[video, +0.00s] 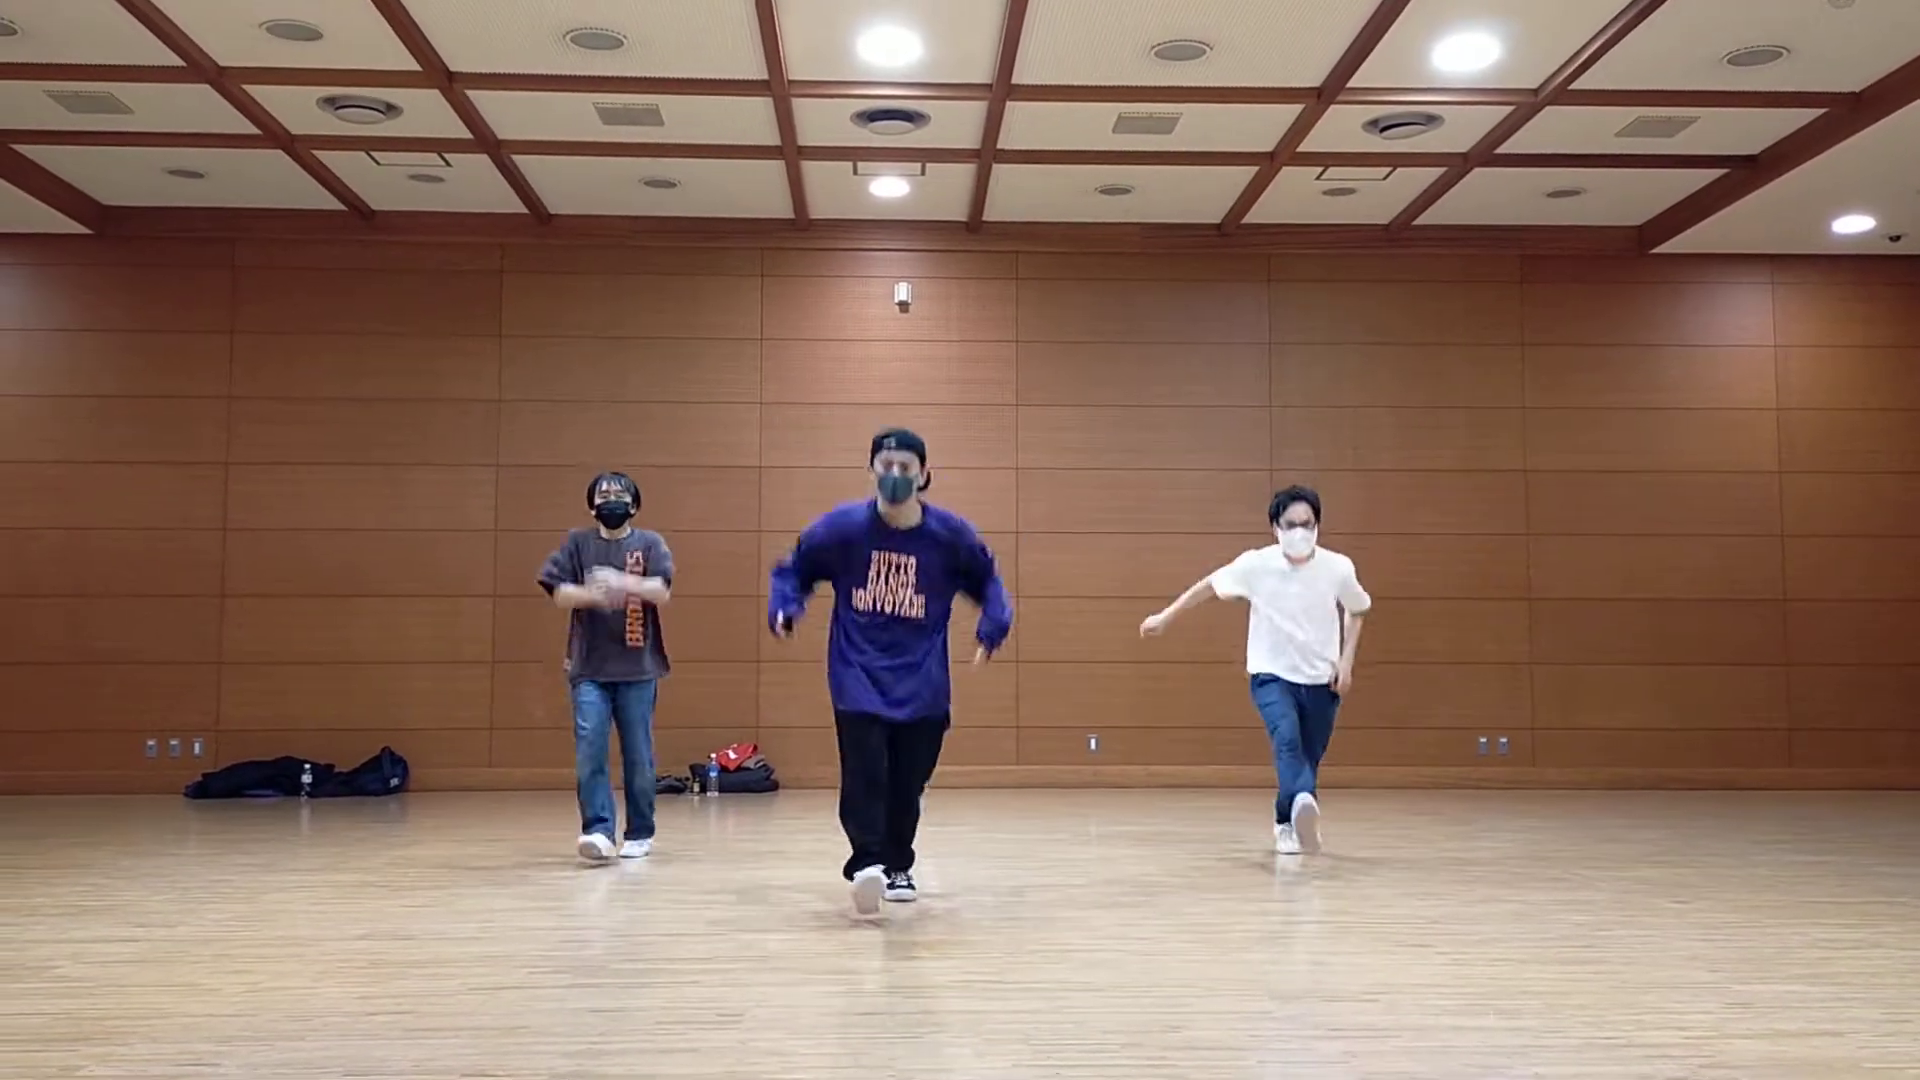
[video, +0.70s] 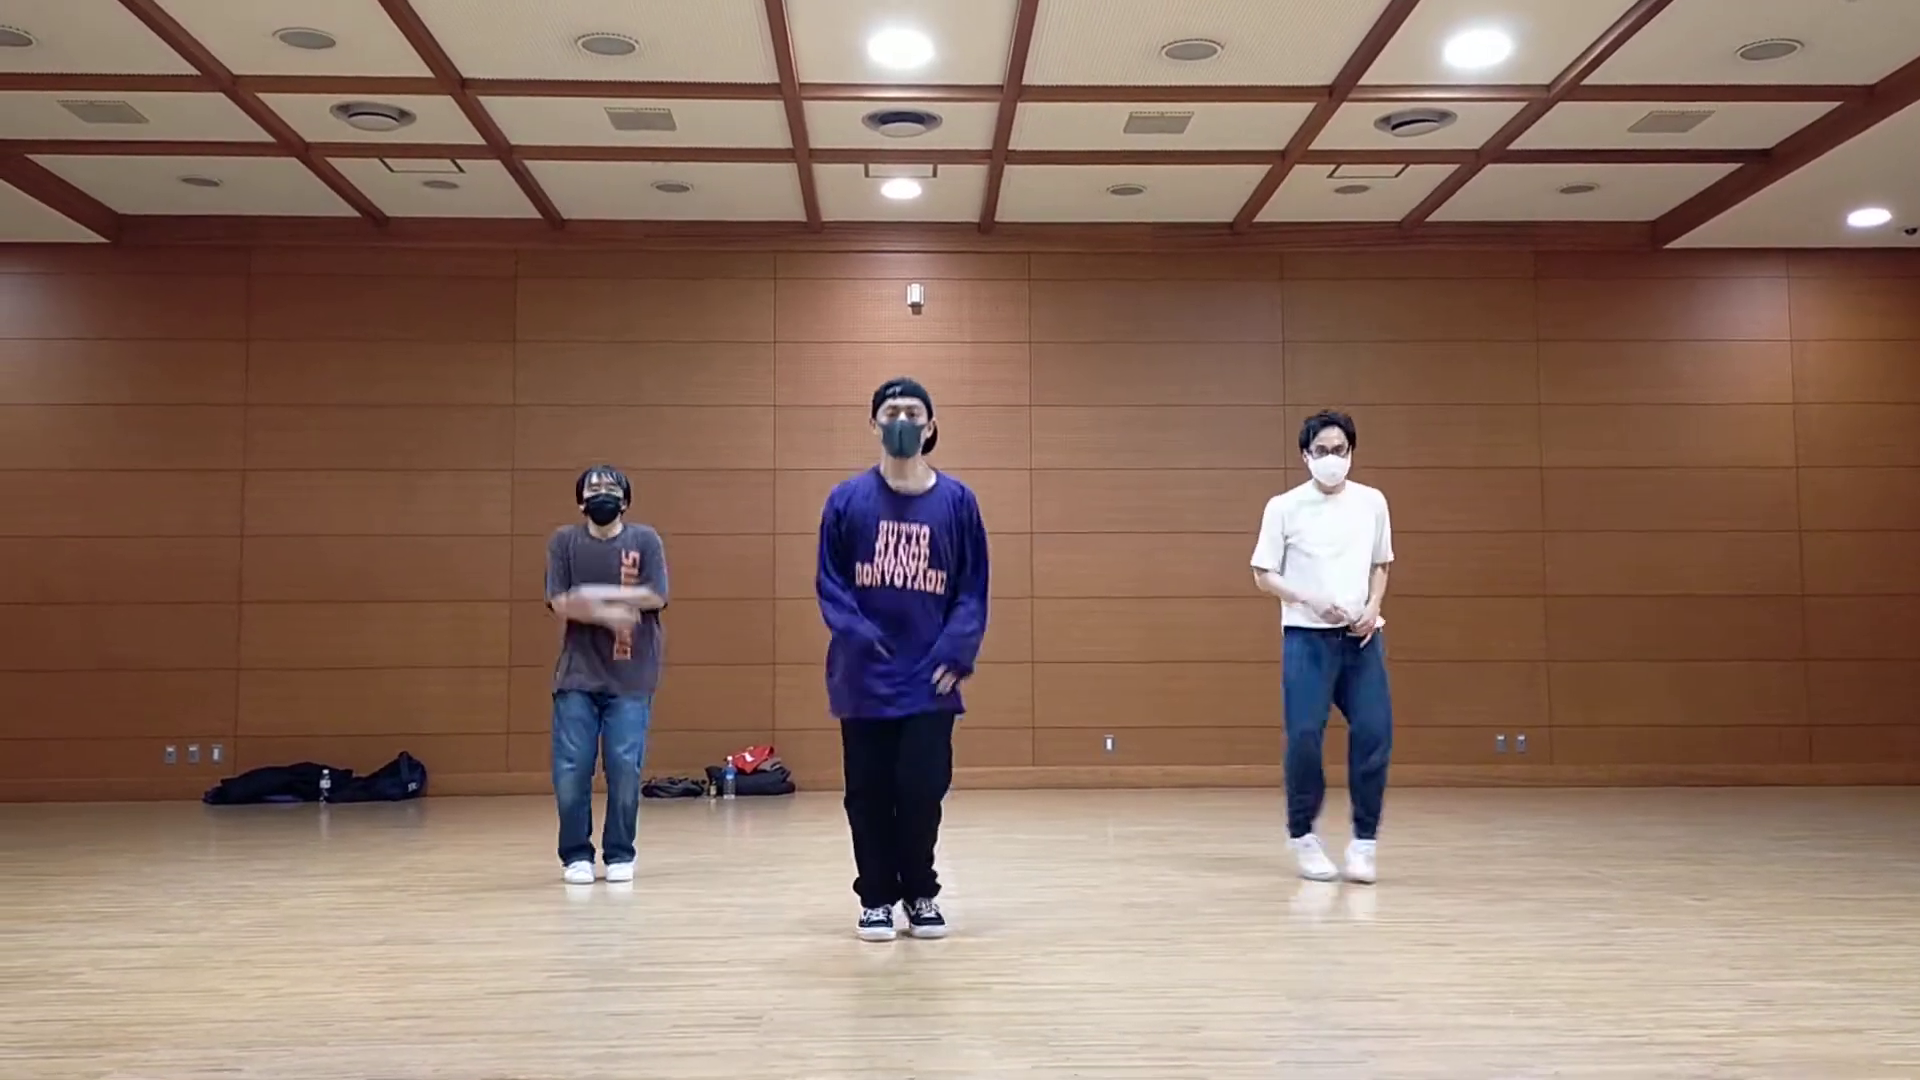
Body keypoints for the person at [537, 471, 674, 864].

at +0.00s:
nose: (611, 501)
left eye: (619, 495)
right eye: (604, 495)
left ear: (632, 503)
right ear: (593, 504)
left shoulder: (650, 543)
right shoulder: (577, 542)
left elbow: (661, 590)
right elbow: (556, 591)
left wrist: (623, 583)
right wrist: (594, 596)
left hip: (637, 669)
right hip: (589, 669)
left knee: (638, 754)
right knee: (590, 748)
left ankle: (639, 835)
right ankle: (598, 832)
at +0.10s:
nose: (612, 525)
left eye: (620, 519)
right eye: (605, 519)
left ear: (633, 524)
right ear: (594, 525)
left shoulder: (651, 569)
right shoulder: (575, 568)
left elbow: (654, 625)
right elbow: (569, 626)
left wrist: (642, 668)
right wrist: (584, 671)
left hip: (639, 679)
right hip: (594, 678)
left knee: (643, 767)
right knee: (594, 758)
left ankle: (642, 838)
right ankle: (591, 835)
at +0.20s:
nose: (605, 518)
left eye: (613, 512)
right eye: (599, 512)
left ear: (628, 520)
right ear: (588, 520)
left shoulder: (650, 566)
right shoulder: (569, 567)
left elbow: (678, 620)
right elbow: (548, 622)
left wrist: (701, 665)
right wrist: (525, 671)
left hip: (637, 688)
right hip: (587, 686)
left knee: (639, 770)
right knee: (590, 760)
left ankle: (639, 835)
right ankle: (588, 846)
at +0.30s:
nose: (602, 504)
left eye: (610, 498)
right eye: (595, 499)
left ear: (626, 506)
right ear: (585, 509)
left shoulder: (650, 550)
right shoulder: (567, 552)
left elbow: (692, 583)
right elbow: (529, 594)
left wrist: (740, 601)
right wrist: (479, 614)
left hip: (634, 681)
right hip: (582, 680)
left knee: (633, 764)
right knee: (583, 765)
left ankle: (638, 820)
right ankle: (590, 851)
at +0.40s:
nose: (608, 490)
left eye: (616, 483)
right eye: (600, 483)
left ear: (629, 494)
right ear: (588, 494)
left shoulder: (648, 536)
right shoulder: (567, 533)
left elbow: (687, 572)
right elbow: (531, 572)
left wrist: (725, 556)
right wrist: (496, 556)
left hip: (634, 670)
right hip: (581, 670)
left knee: (631, 751)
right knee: (585, 760)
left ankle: (640, 825)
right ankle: (595, 852)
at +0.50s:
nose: (610, 486)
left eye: (618, 479)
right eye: (602, 479)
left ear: (631, 490)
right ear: (589, 489)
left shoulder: (649, 531)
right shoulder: (567, 529)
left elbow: (679, 583)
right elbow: (536, 579)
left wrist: (666, 563)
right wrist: (551, 572)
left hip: (631, 666)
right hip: (578, 663)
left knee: (628, 755)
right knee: (584, 756)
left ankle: (626, 850)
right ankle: (591, 850)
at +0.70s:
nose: (601, 495)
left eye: (610, 488)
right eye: (593, 488)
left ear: (624, 498)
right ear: (582, 499)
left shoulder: (645, 539)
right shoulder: (564, 540)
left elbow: (657, 598)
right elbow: (559, 602)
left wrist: (621, 590)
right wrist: (610, 614)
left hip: (631, 676)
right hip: (577, 674)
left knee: (623, 765)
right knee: (571, 768)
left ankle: (620, 856)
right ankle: (577, 856)